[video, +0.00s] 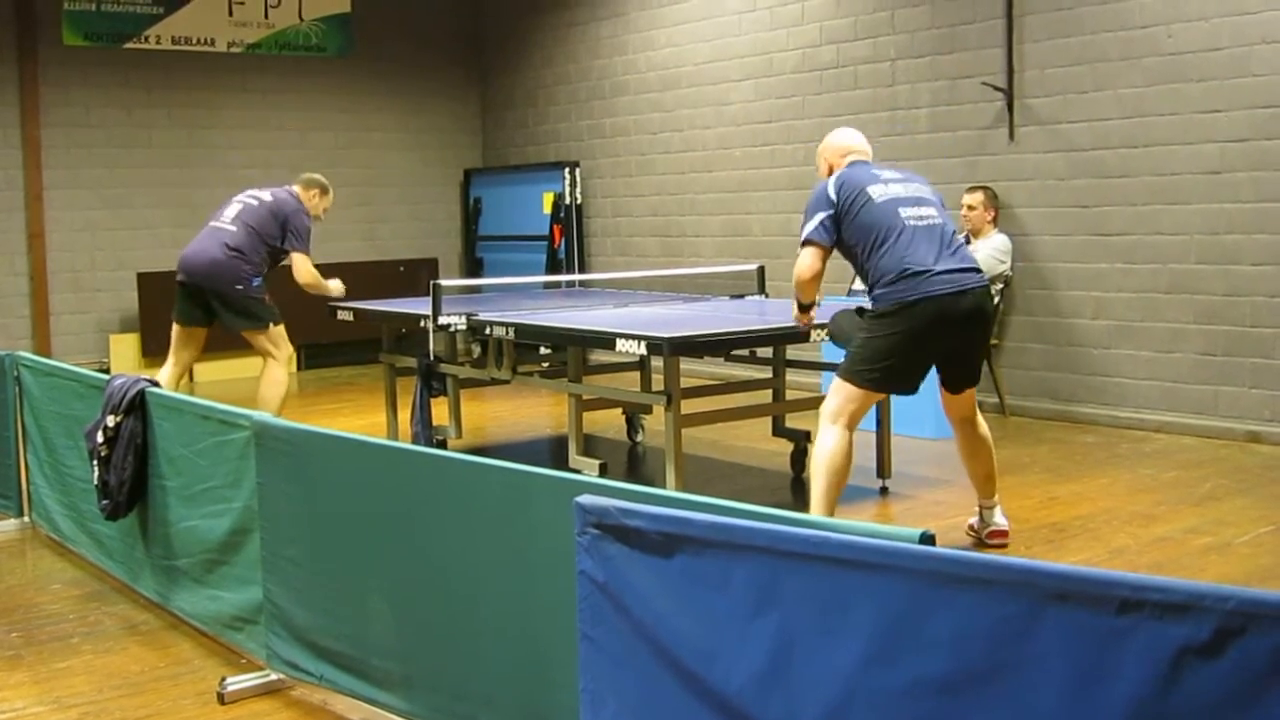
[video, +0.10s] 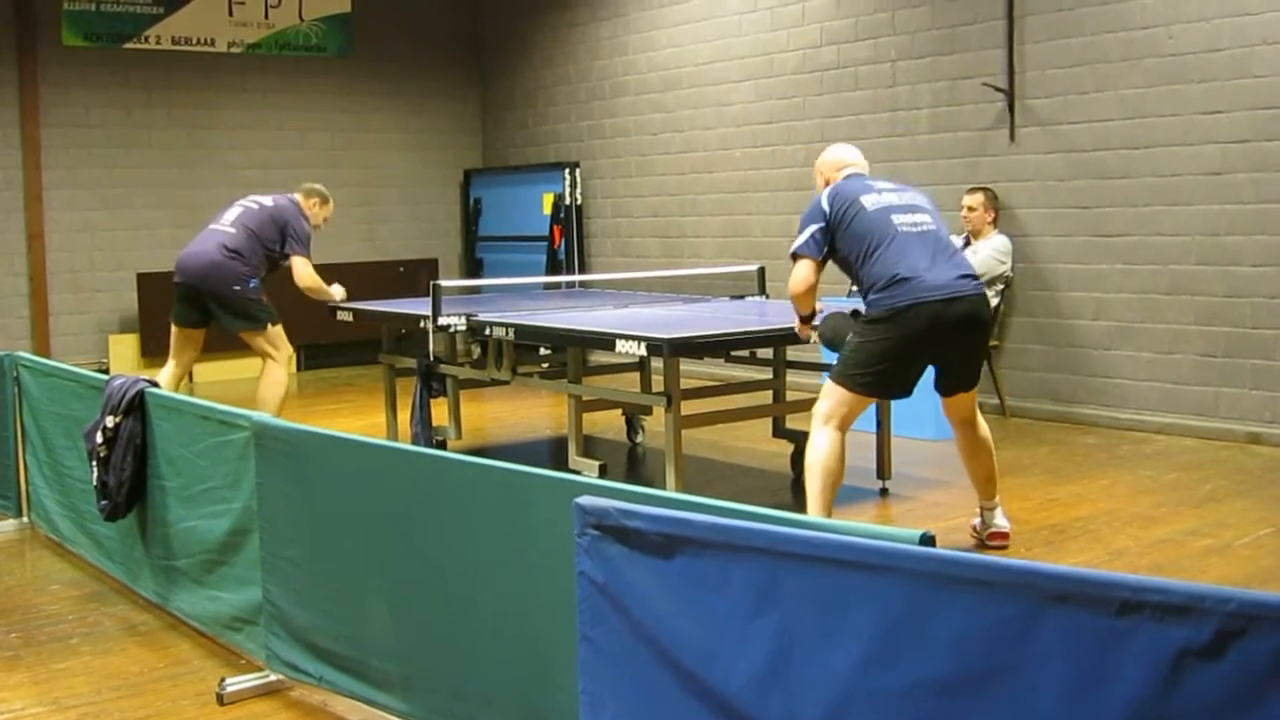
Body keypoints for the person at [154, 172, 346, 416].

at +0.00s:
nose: (320, 216)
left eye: (324, 211)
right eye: (323, 208)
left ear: (299, 188)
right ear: (313, 194)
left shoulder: (259, 193)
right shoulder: (296, 211)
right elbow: (304, 276)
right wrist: (329, 288)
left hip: (191, 265)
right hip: (232, 271)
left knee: (177, 360)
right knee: (279, 355)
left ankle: (147, 425)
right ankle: (263, 437)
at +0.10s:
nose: (321, 225)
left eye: (325, 220)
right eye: (324, 217)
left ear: (298, 196)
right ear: (313, 203)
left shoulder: (259, 200)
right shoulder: (295, 217)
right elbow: (305, 280)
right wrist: (331, 294)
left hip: (188, 266)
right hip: (229, 271)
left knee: (177, 362)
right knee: (279, 355)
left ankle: (148, 423)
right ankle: (263, 440)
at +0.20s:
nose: (321, 233)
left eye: (325, 228)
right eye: (325, 224)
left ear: (303, 204)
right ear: (314, 210)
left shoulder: (260, 206)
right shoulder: (295, 222)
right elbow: (304, 284)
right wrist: (332, 298)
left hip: (186, 269)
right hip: (226, 274)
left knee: (179, 364)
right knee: (279, 355)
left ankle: (147, 424)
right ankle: (263, 441)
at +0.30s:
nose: (321, 238)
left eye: (326, 233)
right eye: (325, 229)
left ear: (301, 209)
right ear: (313, 215)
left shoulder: (261, 211)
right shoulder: (296, 228)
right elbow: (300, 290)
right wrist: (327, 297)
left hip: (185, 271)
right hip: (225, 276)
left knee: (179, 367)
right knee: (279, 357)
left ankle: (147, 426)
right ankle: (263, 442)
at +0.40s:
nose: (322, 243)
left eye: (326, 238)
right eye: (325, 235)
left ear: (307, 215)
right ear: (313, 220)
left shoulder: (262, 216)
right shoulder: (295, 233)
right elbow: (293, 299)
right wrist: (320, 299)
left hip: (183, 275)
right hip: (223, 280)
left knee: (181, 369)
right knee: (280, 358)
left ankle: (149, 425)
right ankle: (264, 443)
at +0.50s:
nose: (321, 247)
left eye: (325, 242)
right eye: (324, 239)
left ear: (304, 221)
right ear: (311, 225)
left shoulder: (261, 221)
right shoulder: (291, 238)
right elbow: (286, 307)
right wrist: (319, 303)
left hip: (179, 278)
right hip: (219, 283)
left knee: (182, 371)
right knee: (280, 360)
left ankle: (148, 424)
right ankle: (264, 443)